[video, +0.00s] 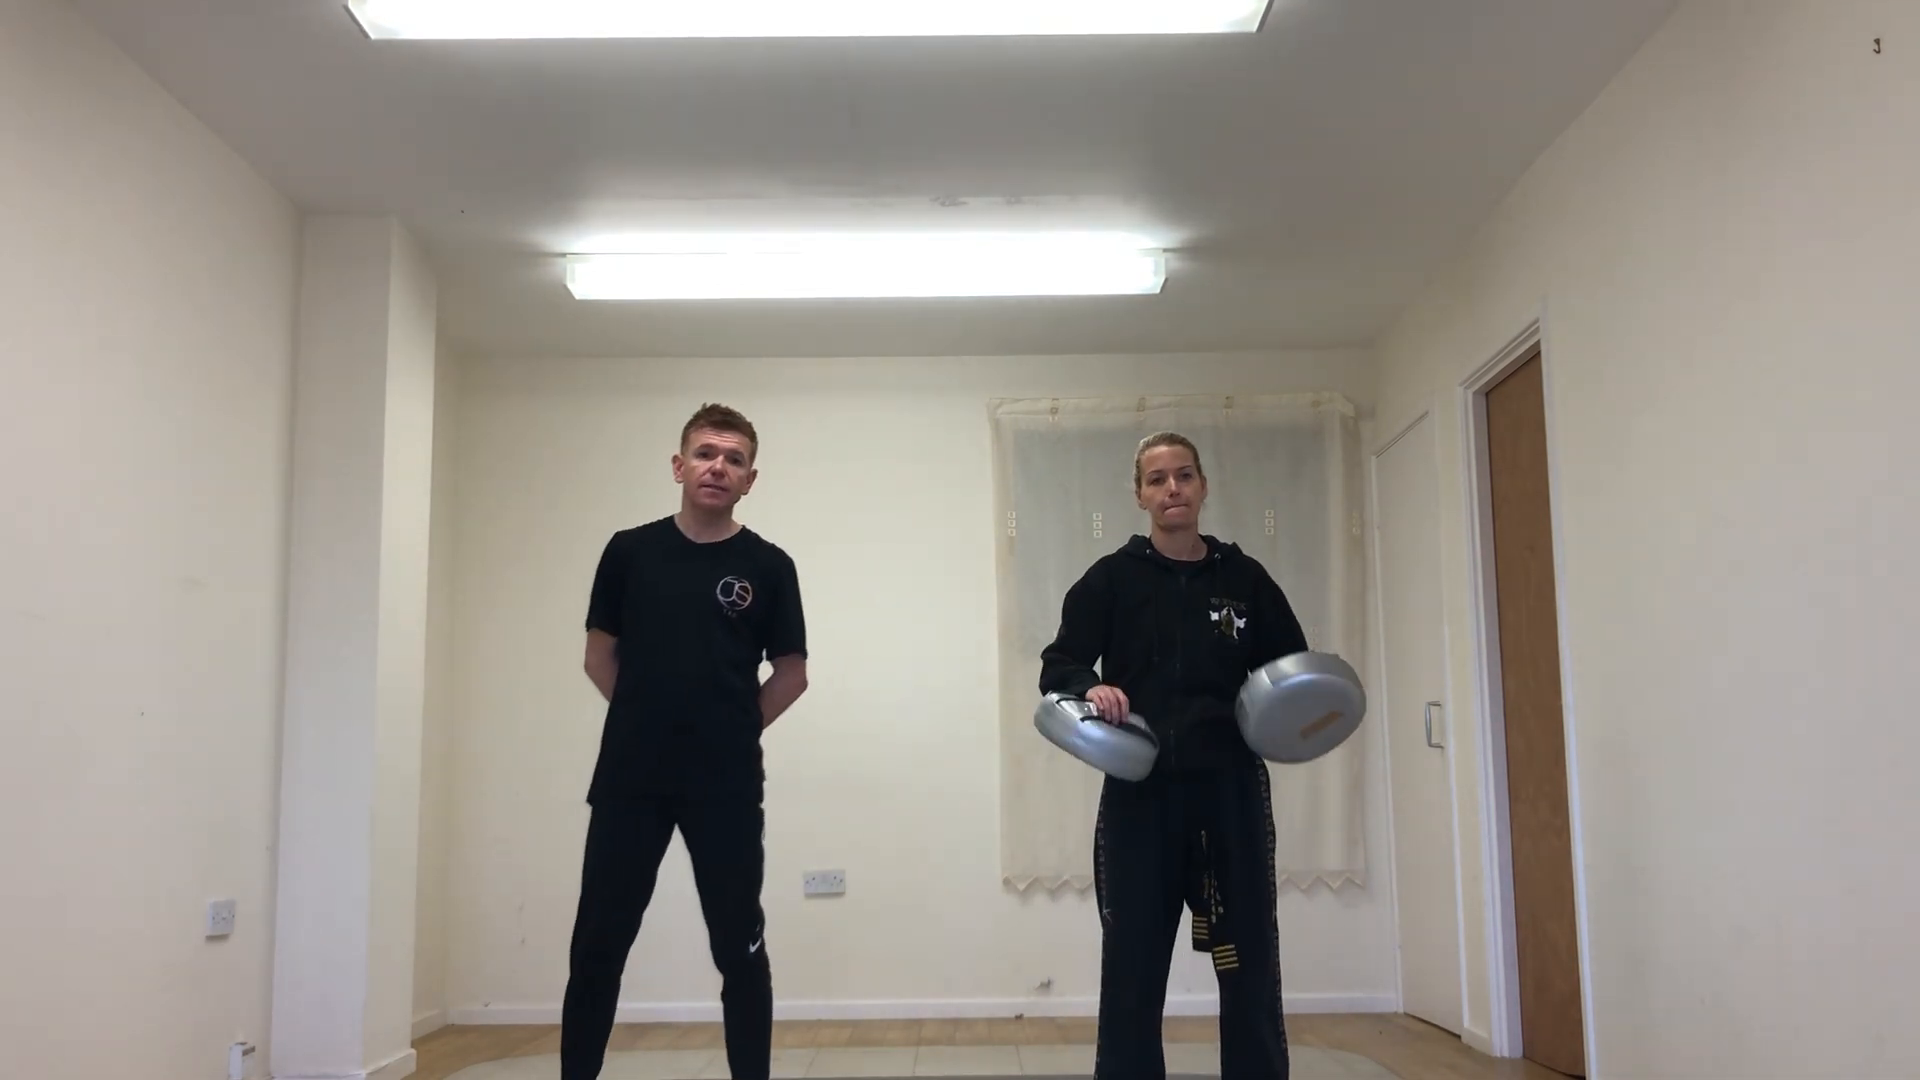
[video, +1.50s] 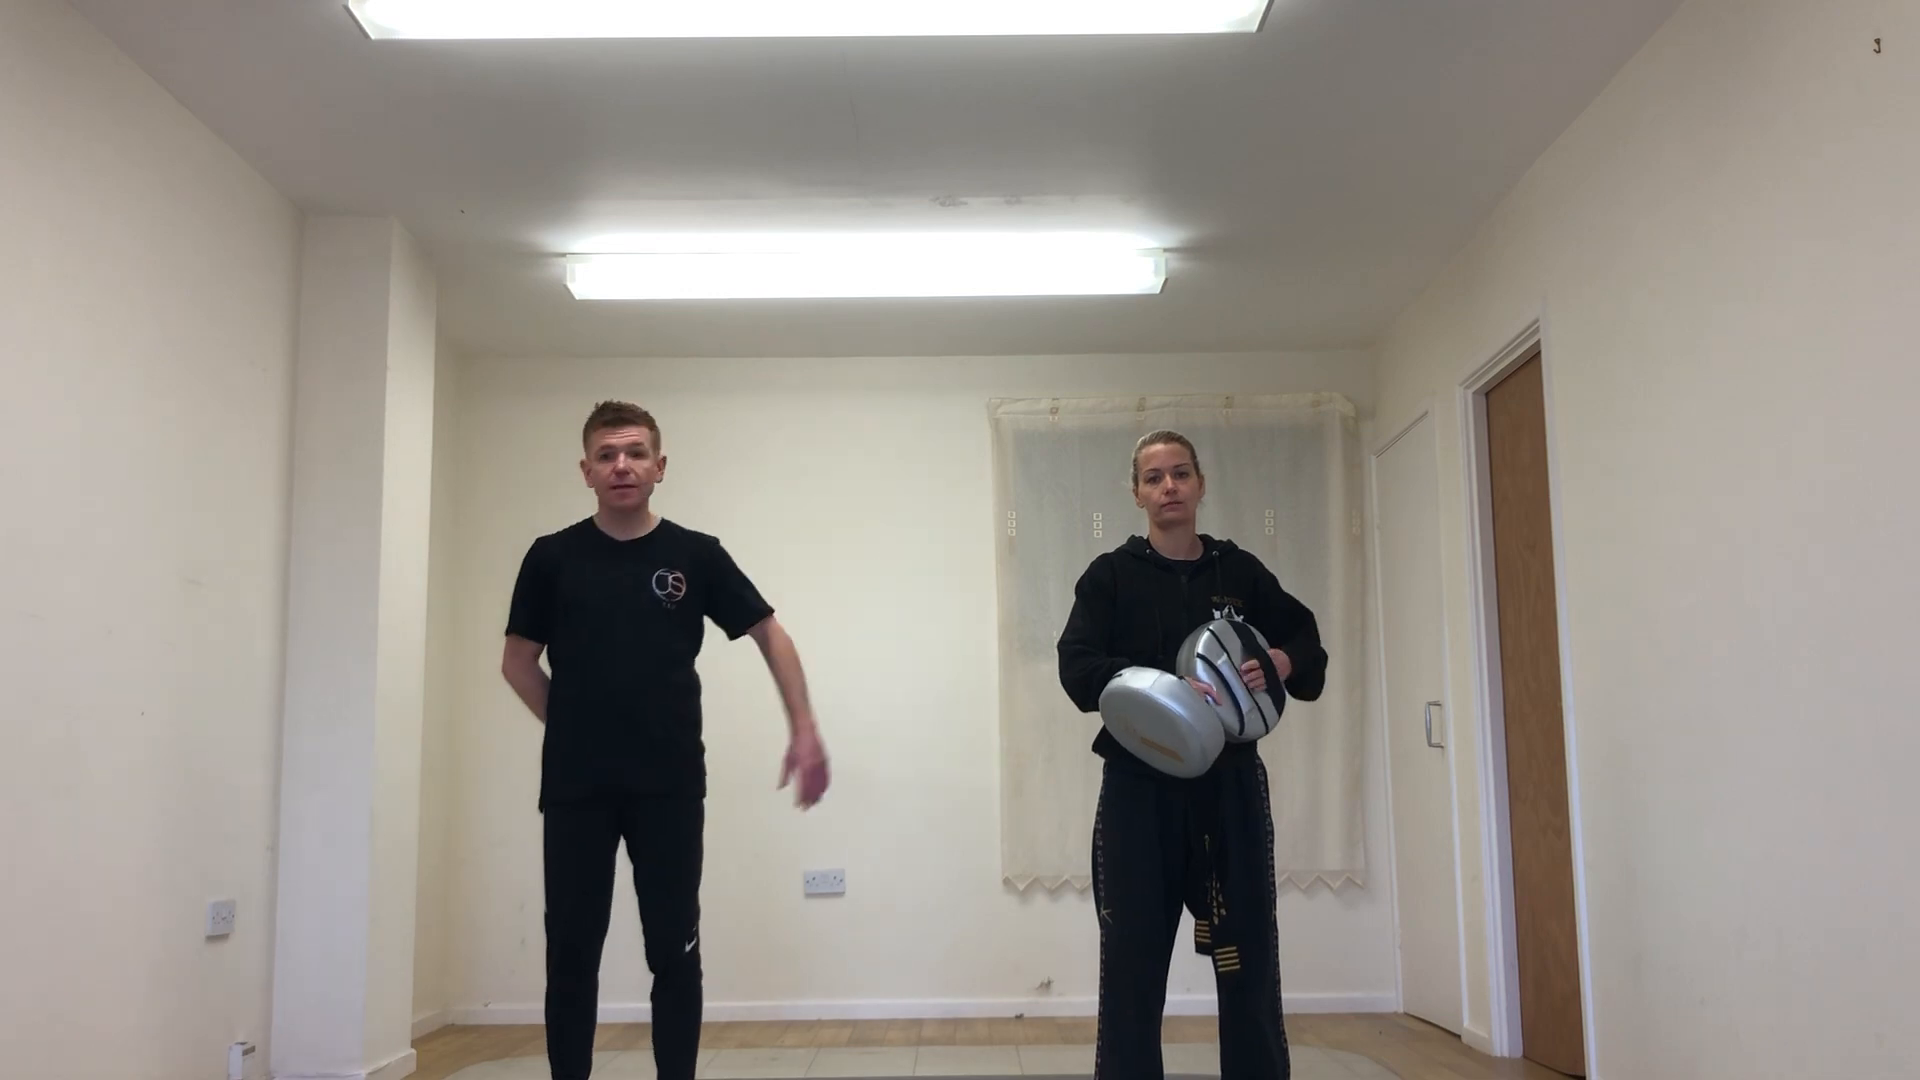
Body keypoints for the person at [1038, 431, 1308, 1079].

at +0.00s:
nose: (1173, 487)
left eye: (1184, 475)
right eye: (1157, 479)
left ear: (1202, 487)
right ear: (1140, 496)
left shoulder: (1244, 577)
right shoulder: (1108, 580)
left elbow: (1292, 668)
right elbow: (1057, 670)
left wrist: (1303, 707)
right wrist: (1089, 690)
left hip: (1232, 790)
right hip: (1139, 792)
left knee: (1250, 964)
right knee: (1133, 966)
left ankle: (1257, 1076)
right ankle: (1127, 1076)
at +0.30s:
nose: (1168, 491)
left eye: (1179, 478)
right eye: (1153, 482)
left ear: (1199, 488)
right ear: (1136, 498)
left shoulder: (1243, 577)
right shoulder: (1109, 579)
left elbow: (1307, 692)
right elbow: (1075, 675)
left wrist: (1274, 670)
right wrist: (1149, 686)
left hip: (1232, 787)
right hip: (1139, 789)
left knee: (1250, 971)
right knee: (1132, 974)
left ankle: (1257, 1078)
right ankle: (1128, 1079)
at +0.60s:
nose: (1169, 488)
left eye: (1180, 475)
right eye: (1154, 480)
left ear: (1199, 487)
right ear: (1136, 496)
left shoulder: (1242, 575)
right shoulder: (1108, 576)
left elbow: (1296, 693)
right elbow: (1077, 673)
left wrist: (1272, 665)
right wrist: (1163, 687)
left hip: (1233, 785)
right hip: (1139, 785)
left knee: (1250, 961)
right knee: (1134, 967)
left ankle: (1259, 1077)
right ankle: (1129, 1079)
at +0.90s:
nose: (1171, 485)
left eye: (1181, 473)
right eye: (1155, 477)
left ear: (1201, 485)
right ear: (1138, 493)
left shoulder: (1239, 570)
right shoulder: (1109, 575)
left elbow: (1276, 673)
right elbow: (1077, 667)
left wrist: (1290, 673)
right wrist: (1161, 690)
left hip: (1234, 782)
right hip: (1141, 783)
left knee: (1250, 957)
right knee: (1134, 963)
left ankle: (1259, 1076)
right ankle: (1128, 1077)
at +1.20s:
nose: (1172, 484)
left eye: (1183, 472)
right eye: (1157, 475)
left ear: (1203, 485)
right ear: (1140, 492)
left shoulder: (1239, 569)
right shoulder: (1110, 575)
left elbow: (1281, 656)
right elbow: (1078, 667)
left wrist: (1292, 658)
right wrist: (1162, 694)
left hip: (1234, 780)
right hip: (1141, 781)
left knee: (1249, 955)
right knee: (1134, 961)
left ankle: (1259, 1075)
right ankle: (1128, 1076)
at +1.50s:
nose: (1168, 485)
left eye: (1179, 473)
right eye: (1154, 477)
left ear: (1200, 485)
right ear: (1137, 494)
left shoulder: (1240, 569)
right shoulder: (1109, 575)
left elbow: (1308, 652)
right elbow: (1077, 667)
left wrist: (1279, 664)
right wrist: (1157, 691)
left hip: (1231, 783)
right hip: (1138, 786)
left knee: (1248, 962)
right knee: (1131, 968)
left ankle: (1258, 1077)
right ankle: (1127, 1077)